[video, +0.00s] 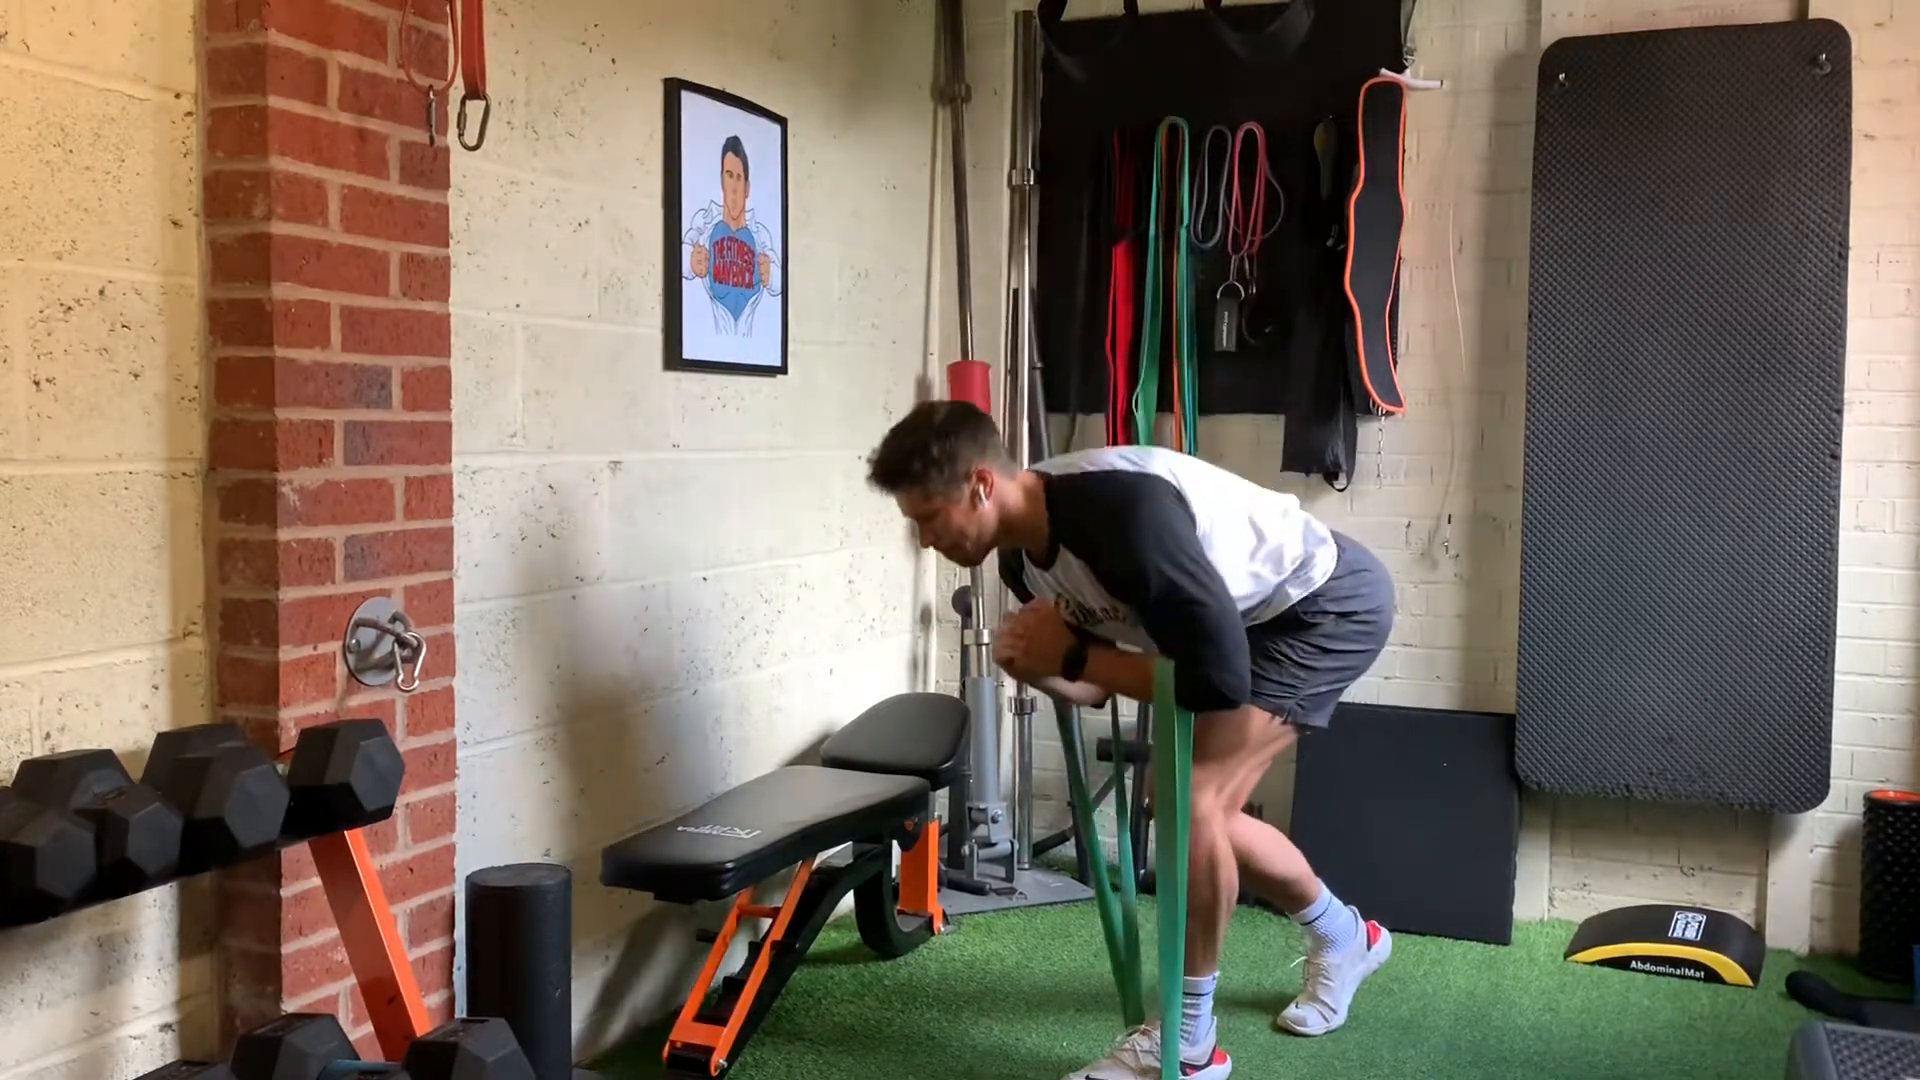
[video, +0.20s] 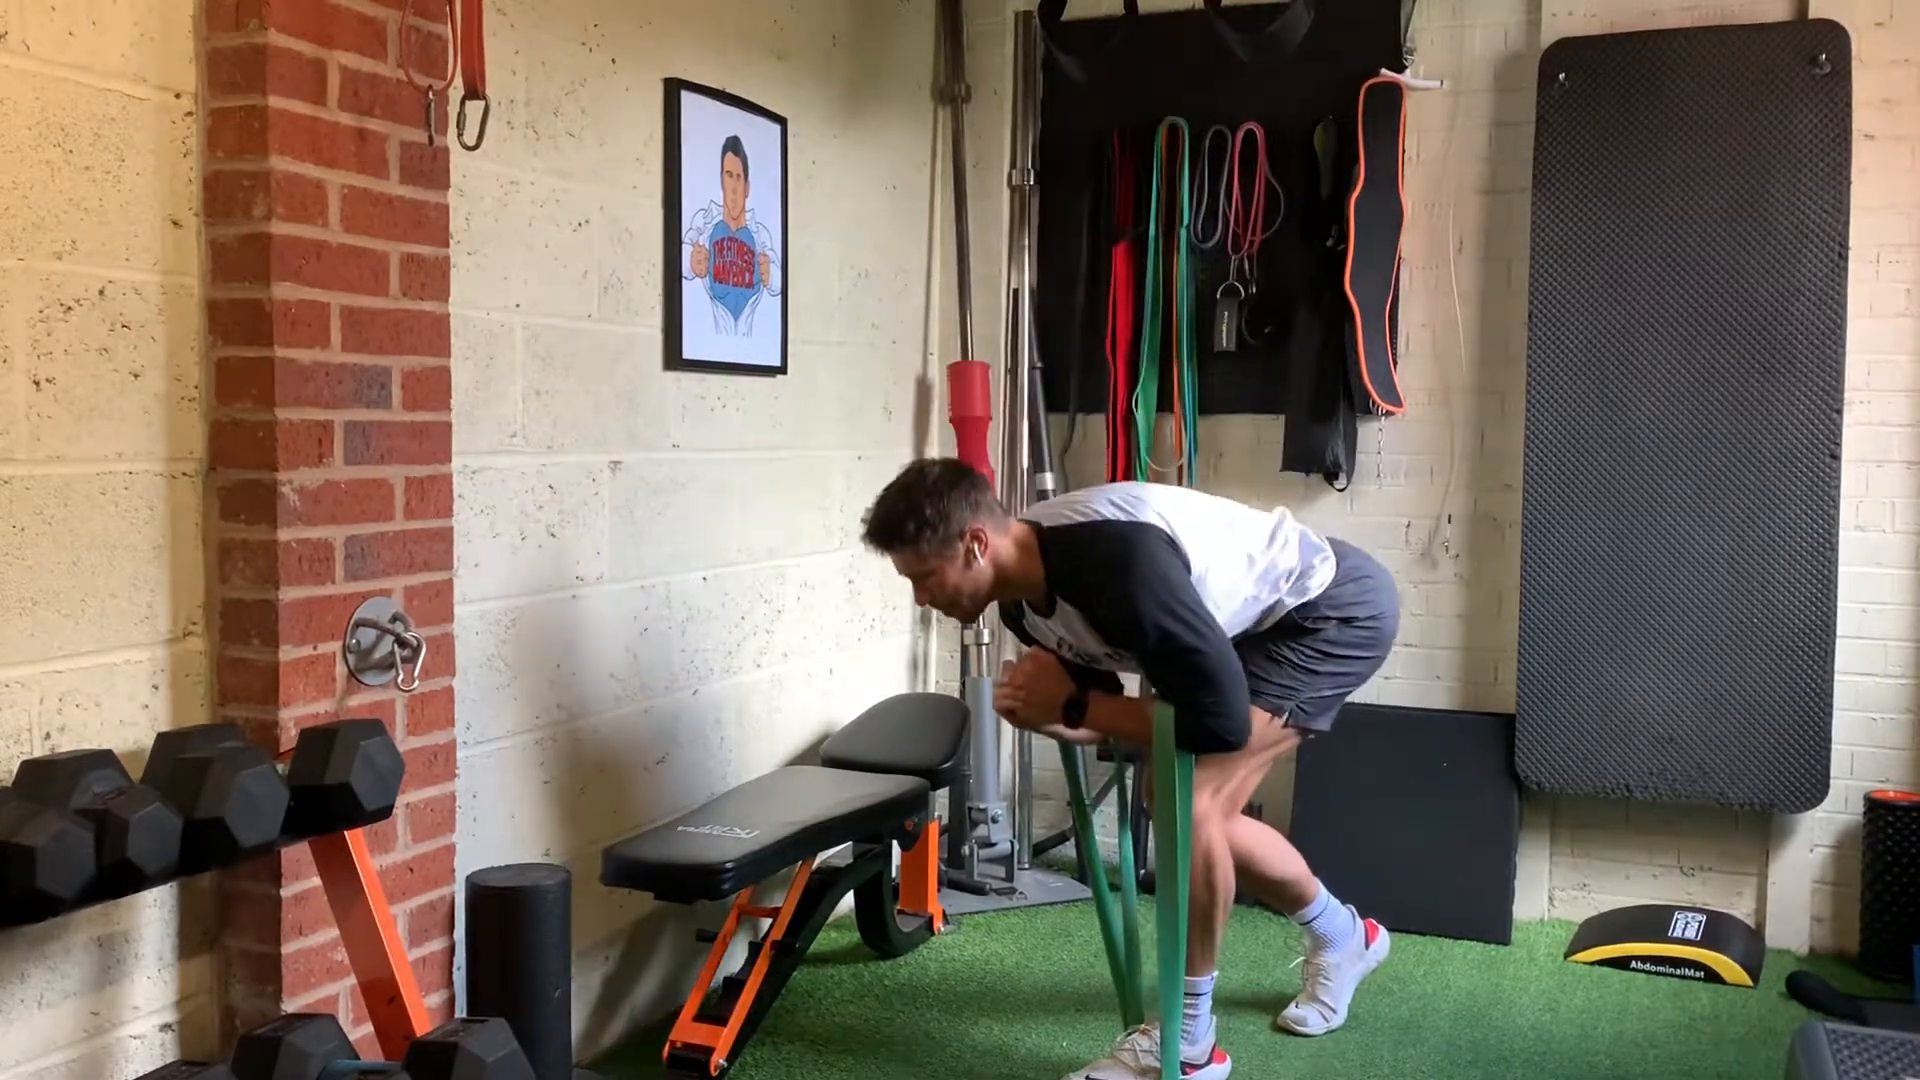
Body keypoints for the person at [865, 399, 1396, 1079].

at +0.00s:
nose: (922, 539)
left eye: (926, 518)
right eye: (913, 522)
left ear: (981, 488)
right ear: (981, 490)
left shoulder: (1128, 513)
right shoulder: (1020, 552)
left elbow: (1222, 680)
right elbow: (1099, 685)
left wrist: (1076, 657)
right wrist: (1043, 670)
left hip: (1327, 597)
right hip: (1243, 610)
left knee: (1196, 797)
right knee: (1199, 810)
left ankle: (1187, 1041)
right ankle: (1348, 938)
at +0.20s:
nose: (919, 598)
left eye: (924, 576)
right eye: (910, 581)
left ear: (979, 543)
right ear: (977, 544)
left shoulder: (1125, 562)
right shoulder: (1020, 594)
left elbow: (1222, 727)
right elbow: (1116, 700)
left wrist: (1081, 702)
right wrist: (1056, 714)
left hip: (1333, 602)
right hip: (1253, 612)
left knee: (1193, 799)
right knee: (1195, 811)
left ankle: (1186, 1040)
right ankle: (1345, 935)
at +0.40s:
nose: (922, 618)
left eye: (925, 598)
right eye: (913, 601)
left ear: (976, 565)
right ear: (975, 562)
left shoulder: (1127, 573)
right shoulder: (1021, 606)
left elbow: (1226, 737)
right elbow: (1122, 711)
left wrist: (1082, 715)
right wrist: (1062, 724)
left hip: (1337, 604)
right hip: (1258, 613)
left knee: (1197, 805)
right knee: (1179, 803)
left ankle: (1186, 1043)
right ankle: (1347, 936)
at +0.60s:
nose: (933, 501)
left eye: (937, 479)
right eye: (924, 484)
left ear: (991, 449)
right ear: (990, 451)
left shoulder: (1133, 486)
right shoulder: (1030, 517)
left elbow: (1216, 652)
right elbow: (1098, 660)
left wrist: (1074, 622)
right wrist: (1043, 635)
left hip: (1325, 597)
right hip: (1252, 606)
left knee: (1195, 802)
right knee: (1203, 822)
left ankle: (1186, 1039)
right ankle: (1350, 936)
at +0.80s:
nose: (962, 374)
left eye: (969, 351)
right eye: (954, 357)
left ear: (1026, 321)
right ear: (1018, 328)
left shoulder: (1155, 385)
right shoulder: (1040, 430)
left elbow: (1217, 563)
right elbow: (1096, 588)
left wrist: (1084, 520)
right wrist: (1041, 527)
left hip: (1308, 582)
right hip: (1224, 597)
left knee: (1177, 784)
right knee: (1219, 823)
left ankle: (1186, 1035)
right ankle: (1351, 936)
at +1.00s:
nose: (1016, 267)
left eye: (1022, 242)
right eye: (1004, 249)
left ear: (1080, 212)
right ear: (1060, 223)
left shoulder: (1194, 304)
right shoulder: (1070, 322)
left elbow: (1230, 491)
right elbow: (1090, 507)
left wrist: (1101, 426)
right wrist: (1062, 428)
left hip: (1281, 570)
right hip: (1208, 573)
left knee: (1165, 779)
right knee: (1217, 804)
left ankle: (1187, 1036)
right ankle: (1348, 932)